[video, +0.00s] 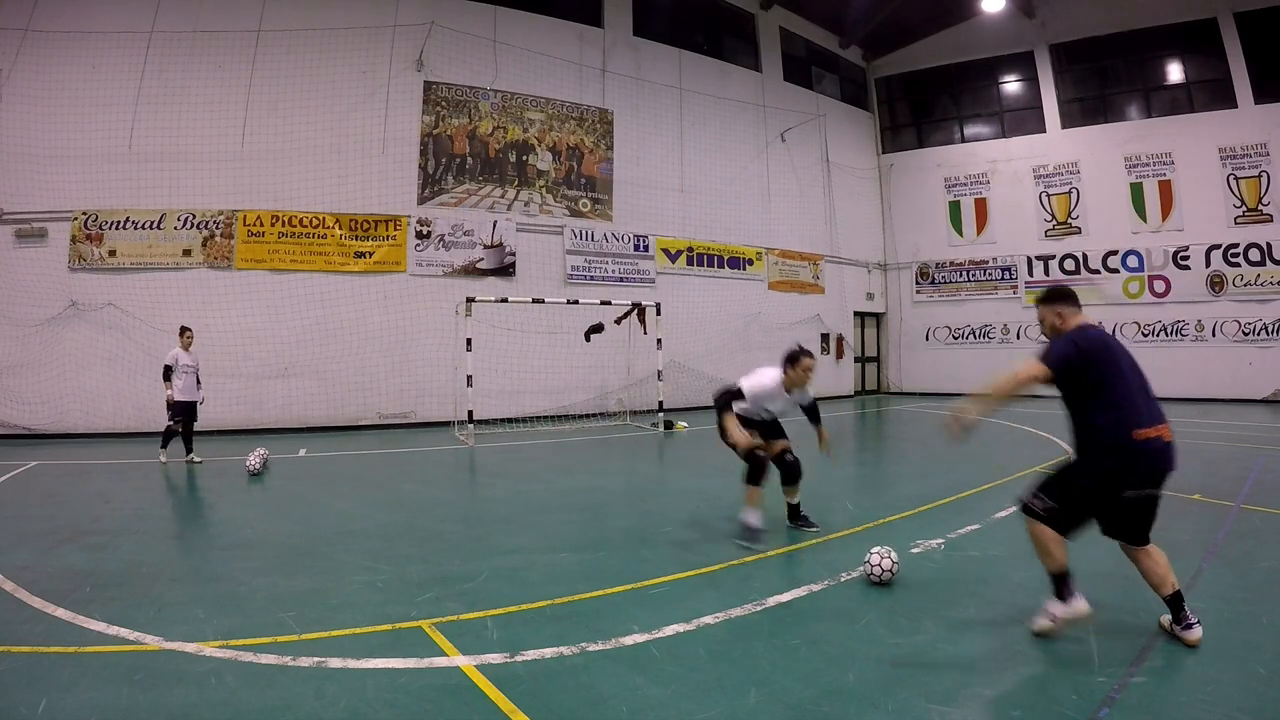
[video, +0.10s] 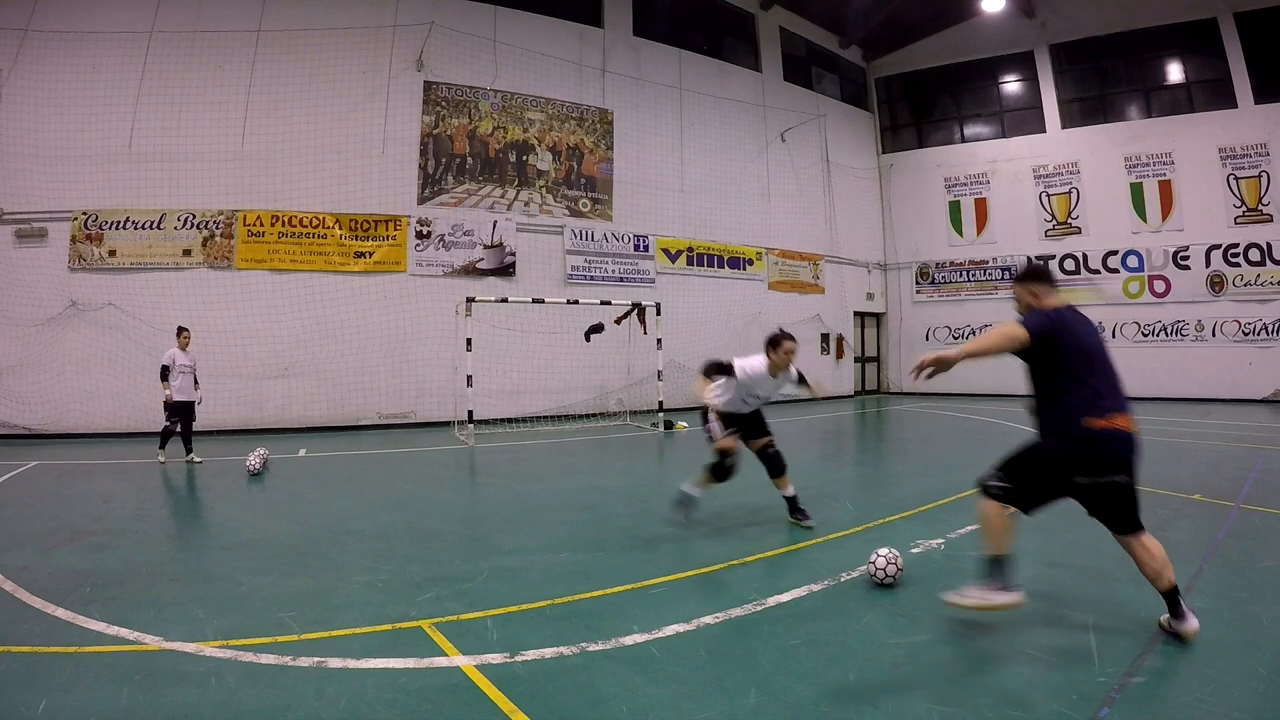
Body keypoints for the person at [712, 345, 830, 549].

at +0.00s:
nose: (809, 376)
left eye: (811, 371)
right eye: (805, 370)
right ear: (789, 369)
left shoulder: (799, 390)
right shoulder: (765, 382)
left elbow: (811, 407)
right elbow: (722, 397)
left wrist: (820, 432)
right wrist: (734, 430)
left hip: (766, 420)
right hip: (738, 417)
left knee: (791, 465)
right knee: (758, 462)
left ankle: (795, 516)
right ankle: (750, 523)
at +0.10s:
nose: (791, 358)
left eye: (793, 354)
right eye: (787, 353)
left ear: (794, 354)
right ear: (771, 353)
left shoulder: (788, 372)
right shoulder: (751, 369)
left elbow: (802, 380)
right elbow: (710, 367)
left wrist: (815, 393)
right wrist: (703, 392)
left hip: (749, 412)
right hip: (719, 411)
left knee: (774, 459)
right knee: (726, 466)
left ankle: (794, 508)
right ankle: (688, 493)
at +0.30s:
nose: (757, 364)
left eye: (759, 360)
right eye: (753, 360)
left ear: (759, 360)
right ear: (738, 359)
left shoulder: (750, 381)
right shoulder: (718, 375)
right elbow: (690, 373)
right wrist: (666, 378)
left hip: (727, 437)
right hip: (697, 433)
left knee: (729, 489)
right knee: (675, 487)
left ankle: (716, 486)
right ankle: (638, 490)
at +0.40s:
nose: (747, 390)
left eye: (748, 386)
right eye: (743, 386)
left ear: (750, 386)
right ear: (729, 387)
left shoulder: (743, 405)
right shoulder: (708, 405)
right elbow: (672, 418)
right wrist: (652, 443)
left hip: (711, 460)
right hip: (684, 456)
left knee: (709, 509)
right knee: (670, 506)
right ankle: (634, 490)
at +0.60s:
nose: (738, 419)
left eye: (738, 415)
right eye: (733, 416)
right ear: (718, 416)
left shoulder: (728, 431)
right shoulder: (701, 432)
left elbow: (716, 468)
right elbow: (707, 474)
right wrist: (724, 506)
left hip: (688, 460)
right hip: (661, 456)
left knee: (700, 503)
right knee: (663, 509)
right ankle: (630, 491)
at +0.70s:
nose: (730, 414)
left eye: (732, 410)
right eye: (728, 410)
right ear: (714, 405)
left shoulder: (722, 424)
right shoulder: (692, 418)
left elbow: (713, 456)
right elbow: (684, 457)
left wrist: (721, 475)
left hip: (688, 459)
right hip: (662, 455)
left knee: (699, 505)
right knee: (665, 507)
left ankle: (669, 488)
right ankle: (630, 492)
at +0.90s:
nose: (692, 396)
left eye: (696, 392)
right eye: (688, 392)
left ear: (702, 389)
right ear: (681, 388)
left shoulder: (713, 399)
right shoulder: (671, 396)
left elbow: (733, 404)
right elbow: (647, 400)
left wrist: (741, 408)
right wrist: (635, 401)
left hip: (693, 452)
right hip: (665, 444)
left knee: (704, 504)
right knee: (652, 475)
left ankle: (684, 484)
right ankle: (632, 492)